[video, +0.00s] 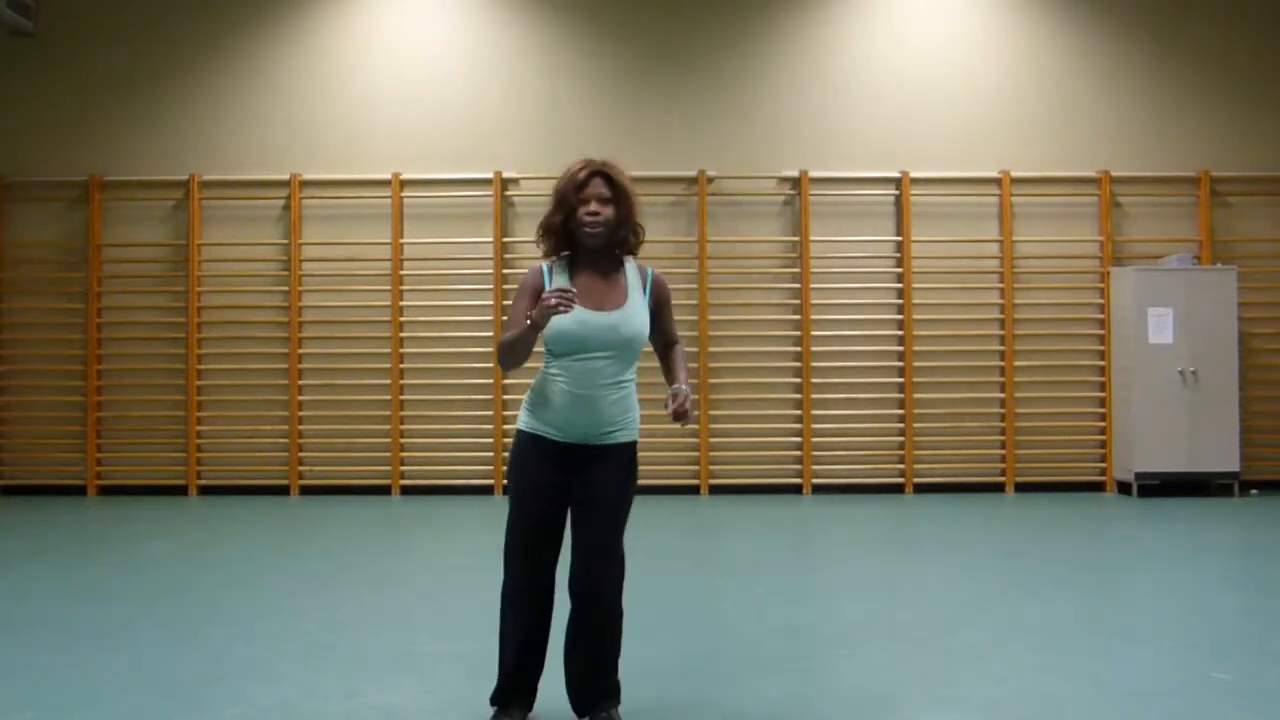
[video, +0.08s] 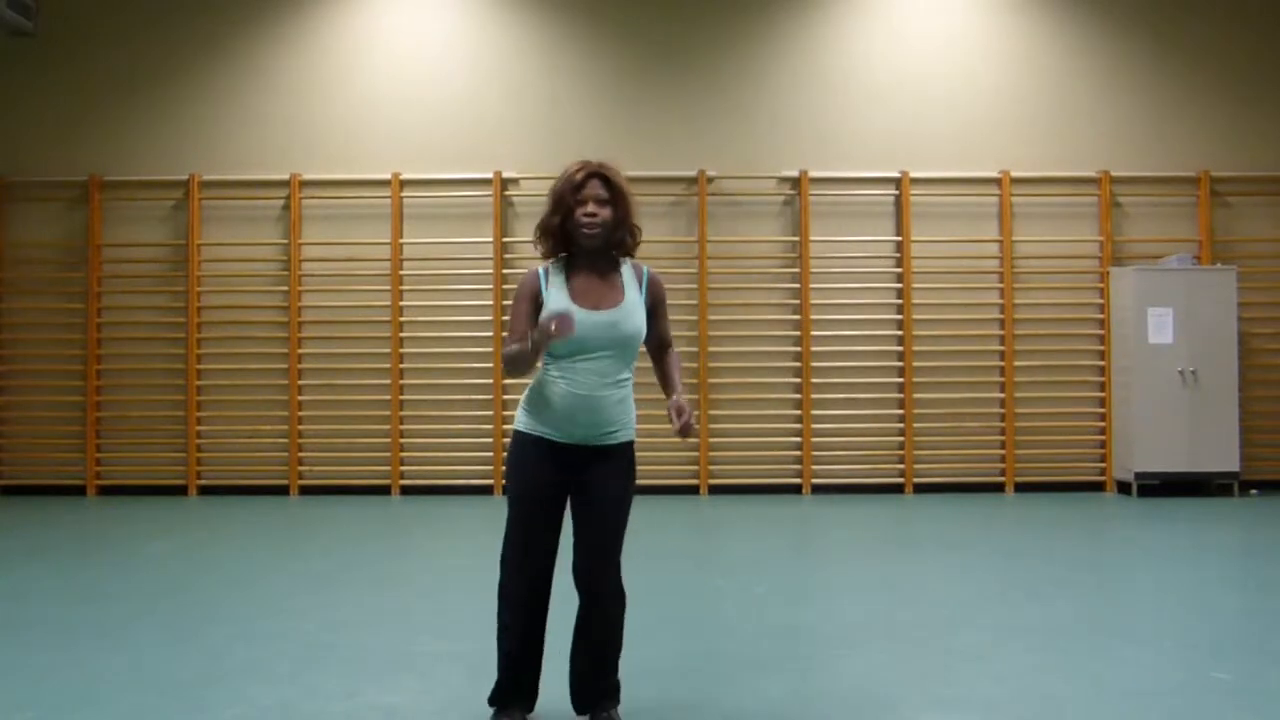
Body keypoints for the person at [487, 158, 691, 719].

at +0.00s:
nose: (595, 210)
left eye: (606, 201)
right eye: (583, 201)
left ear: (622, 211)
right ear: (567, 213)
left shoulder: (647, 283)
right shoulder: (543, 276)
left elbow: (668, 344)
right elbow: (508, 358)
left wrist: (679, 384)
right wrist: (536, 322)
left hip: (612, 445)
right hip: (542, 442)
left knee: (599, 579)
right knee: (526, 576)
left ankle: (599, 705)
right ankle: (512, 704)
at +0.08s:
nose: (592, 211)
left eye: (603, 202)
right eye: (580, 202)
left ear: (618, 213)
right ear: (564, 215)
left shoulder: (645, 284)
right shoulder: (540, 281)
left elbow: (662, 347)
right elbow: (512, 363)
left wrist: (675, 394)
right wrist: (536, 342)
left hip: (610, 446)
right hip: (540, 442)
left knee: (600, 577)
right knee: (524, 575)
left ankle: (601, 704)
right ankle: (512, 704)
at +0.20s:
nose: (588, 223)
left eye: (598, 213)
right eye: (577, 214)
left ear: (613, 222)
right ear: (560, 223)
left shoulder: (640, 289)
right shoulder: (537, 292)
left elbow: (658, 362)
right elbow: (521, 368)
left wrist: (664, 416)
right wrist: (530, 413)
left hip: (613, 459)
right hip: (544, 456)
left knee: (602, 585)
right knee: (528, 584)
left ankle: (600, 707)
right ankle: (511, 706)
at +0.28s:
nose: (586, 225)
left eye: (596, 215)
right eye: (575, 216)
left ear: (612, 223)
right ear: (559, 223)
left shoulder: (643, 288)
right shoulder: (538, 292)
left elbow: (660, 361)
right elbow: (524, 372)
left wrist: (654, 405)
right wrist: (519, 437)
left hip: (619, 453)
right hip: (551, 450)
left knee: (607, 579)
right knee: (533, 576)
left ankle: (602, 704)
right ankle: (511, 702)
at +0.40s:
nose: (586, 214)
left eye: (596, 205)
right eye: (576, 205)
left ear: (612, 213)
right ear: (560, 213)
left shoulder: (641, 281)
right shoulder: (540, 282)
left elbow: (669, 355)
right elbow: (525, 357)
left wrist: (638, 390)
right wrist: (508, 416)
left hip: (619, 444)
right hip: (550, 441)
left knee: (610, 576)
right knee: (529, 561)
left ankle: (602, 703)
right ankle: (521, 694)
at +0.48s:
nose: (587, 209)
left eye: (597, 200)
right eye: (576, 200)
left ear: (612, 208)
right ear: (559, 209)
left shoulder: (638, 274)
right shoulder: (543, 273)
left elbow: (668, 350)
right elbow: (528, 339)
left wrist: (624, 374)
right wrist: (502, 398)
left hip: (619, 439)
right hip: (551, 433)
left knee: (608, 573)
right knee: (535, 554)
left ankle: (602, 703)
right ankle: (531, 699)